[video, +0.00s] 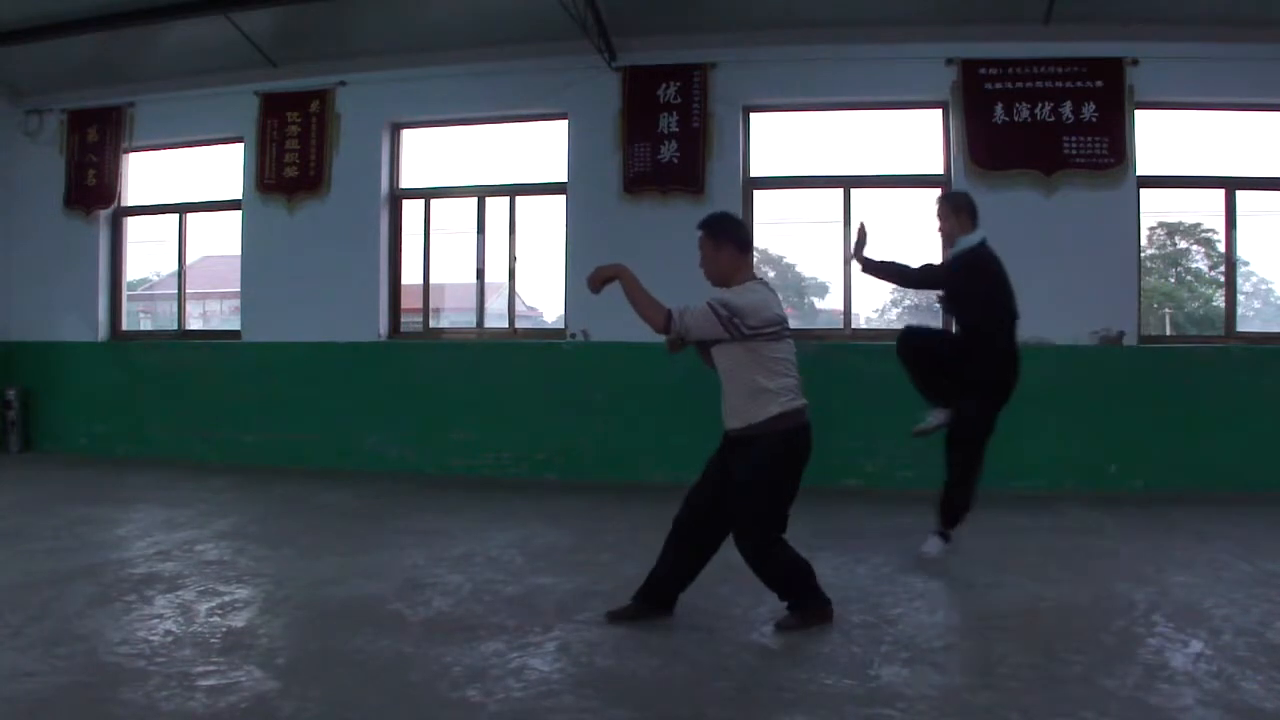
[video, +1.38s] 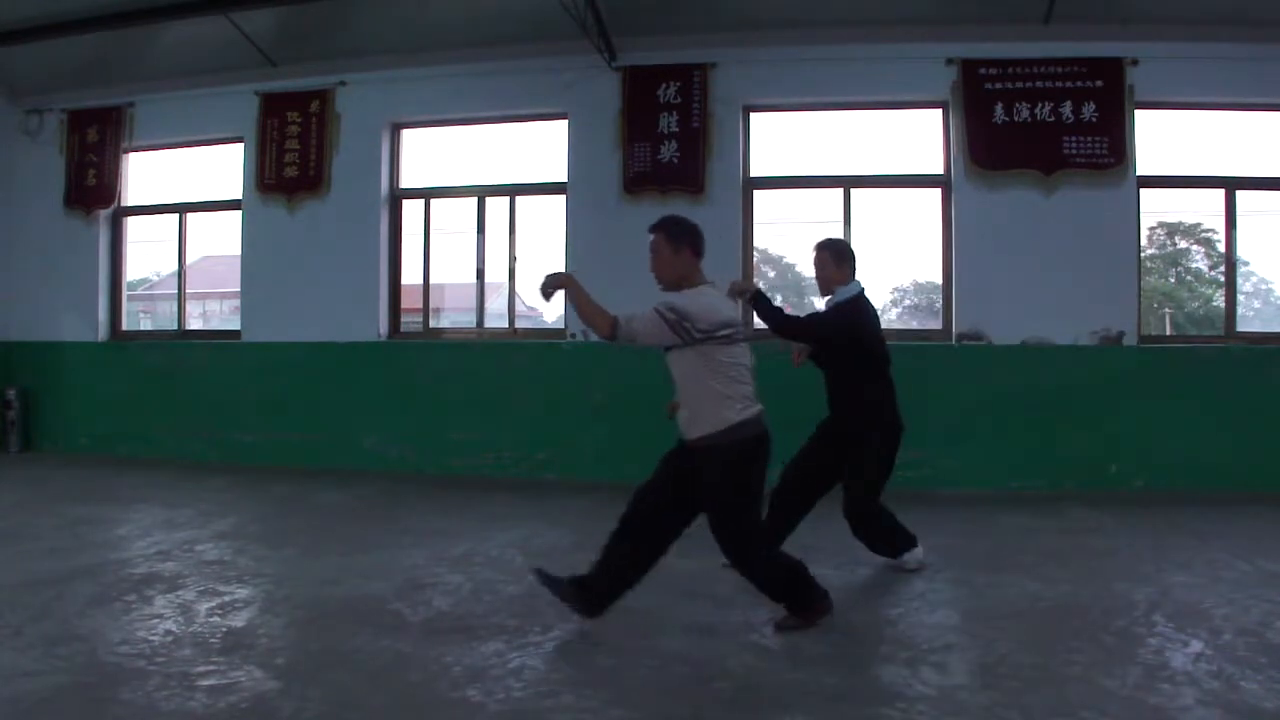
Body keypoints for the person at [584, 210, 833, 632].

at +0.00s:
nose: (701, 264)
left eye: (705, 254)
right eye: (701, 254)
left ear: (730, 251)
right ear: (733, 252)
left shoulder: (747, 301)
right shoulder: (751, 298)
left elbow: (665, 322)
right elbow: (728, 361)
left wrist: (622, 274)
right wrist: (689, 338)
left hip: (777, 437)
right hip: (745, 436)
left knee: (755, 534)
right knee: (697, 523)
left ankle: (812, 605)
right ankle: (653, 601)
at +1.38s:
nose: (651, 264)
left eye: (657, 253)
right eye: (651, 254)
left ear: (686, 254)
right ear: (689, 256)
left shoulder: (695, 308)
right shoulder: (722, 304)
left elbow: (612, 329)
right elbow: (733, 369)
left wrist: (568, 283)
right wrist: (689, 401)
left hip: (732, 445)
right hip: (708, 442)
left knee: (741, 541)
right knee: (650, 517)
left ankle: (809, 601)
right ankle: (593, 594)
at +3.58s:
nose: (254, 273)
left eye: (254, 264)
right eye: (253, 265)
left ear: (264, 261)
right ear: (292, 257)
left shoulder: (306, 308)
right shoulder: (282, 313)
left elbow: (308, 382)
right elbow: (224, 341)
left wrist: (273, 378)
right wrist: (194, 288)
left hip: (314, 442)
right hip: (345, 438)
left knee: (251, 525)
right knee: (340, 538)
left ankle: (212, 620)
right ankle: (396, 618)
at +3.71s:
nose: (255, 272)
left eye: (254, 262)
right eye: (253, 264)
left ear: (264, 261)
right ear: (294, 256)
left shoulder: (303, 306)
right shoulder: (288, 311)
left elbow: (307, 380)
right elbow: (229, 342)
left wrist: (273, 379)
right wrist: (195, 293)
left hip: (313, 441)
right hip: (347, 437)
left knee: (250, 525)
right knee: (342, 538)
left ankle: (212, 620)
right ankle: (396, 617)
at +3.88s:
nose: (261, 274)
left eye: (260, 264)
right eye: (259, 265)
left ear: (270, 260)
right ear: (299, 255)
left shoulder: (299, 304)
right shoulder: (318, 300)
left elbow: (305, 374)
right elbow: (252, 349)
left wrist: (275, 388)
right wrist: (218, 322)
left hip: (314, 438)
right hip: (357, 433)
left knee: (255, 530)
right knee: (346, 536)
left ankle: (215, 619)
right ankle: (396, 618)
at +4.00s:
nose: (268, 274)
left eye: (266, 264)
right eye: (265, 266)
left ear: (273, 258)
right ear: (304, 253)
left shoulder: (297, 297)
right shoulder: (334, 294)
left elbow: (304, 370)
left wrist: (282, 394)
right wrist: (265, 346)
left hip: (320, 430)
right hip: (369, 425)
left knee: (272, 529)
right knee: (354, 532)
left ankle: (222, 618)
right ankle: (399, 619)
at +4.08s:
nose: (271, 269)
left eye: (270, 261)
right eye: (270, 262)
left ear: (275, 258)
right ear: (310, 252)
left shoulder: (288, 294)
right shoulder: (339, 289)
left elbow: (290, 366)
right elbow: (329, 342)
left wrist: (286, 398)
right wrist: (271, 342)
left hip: (318, 420)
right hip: (370, 416)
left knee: (286, 526)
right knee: (362, 526)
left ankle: (235, 623)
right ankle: (399, 618)